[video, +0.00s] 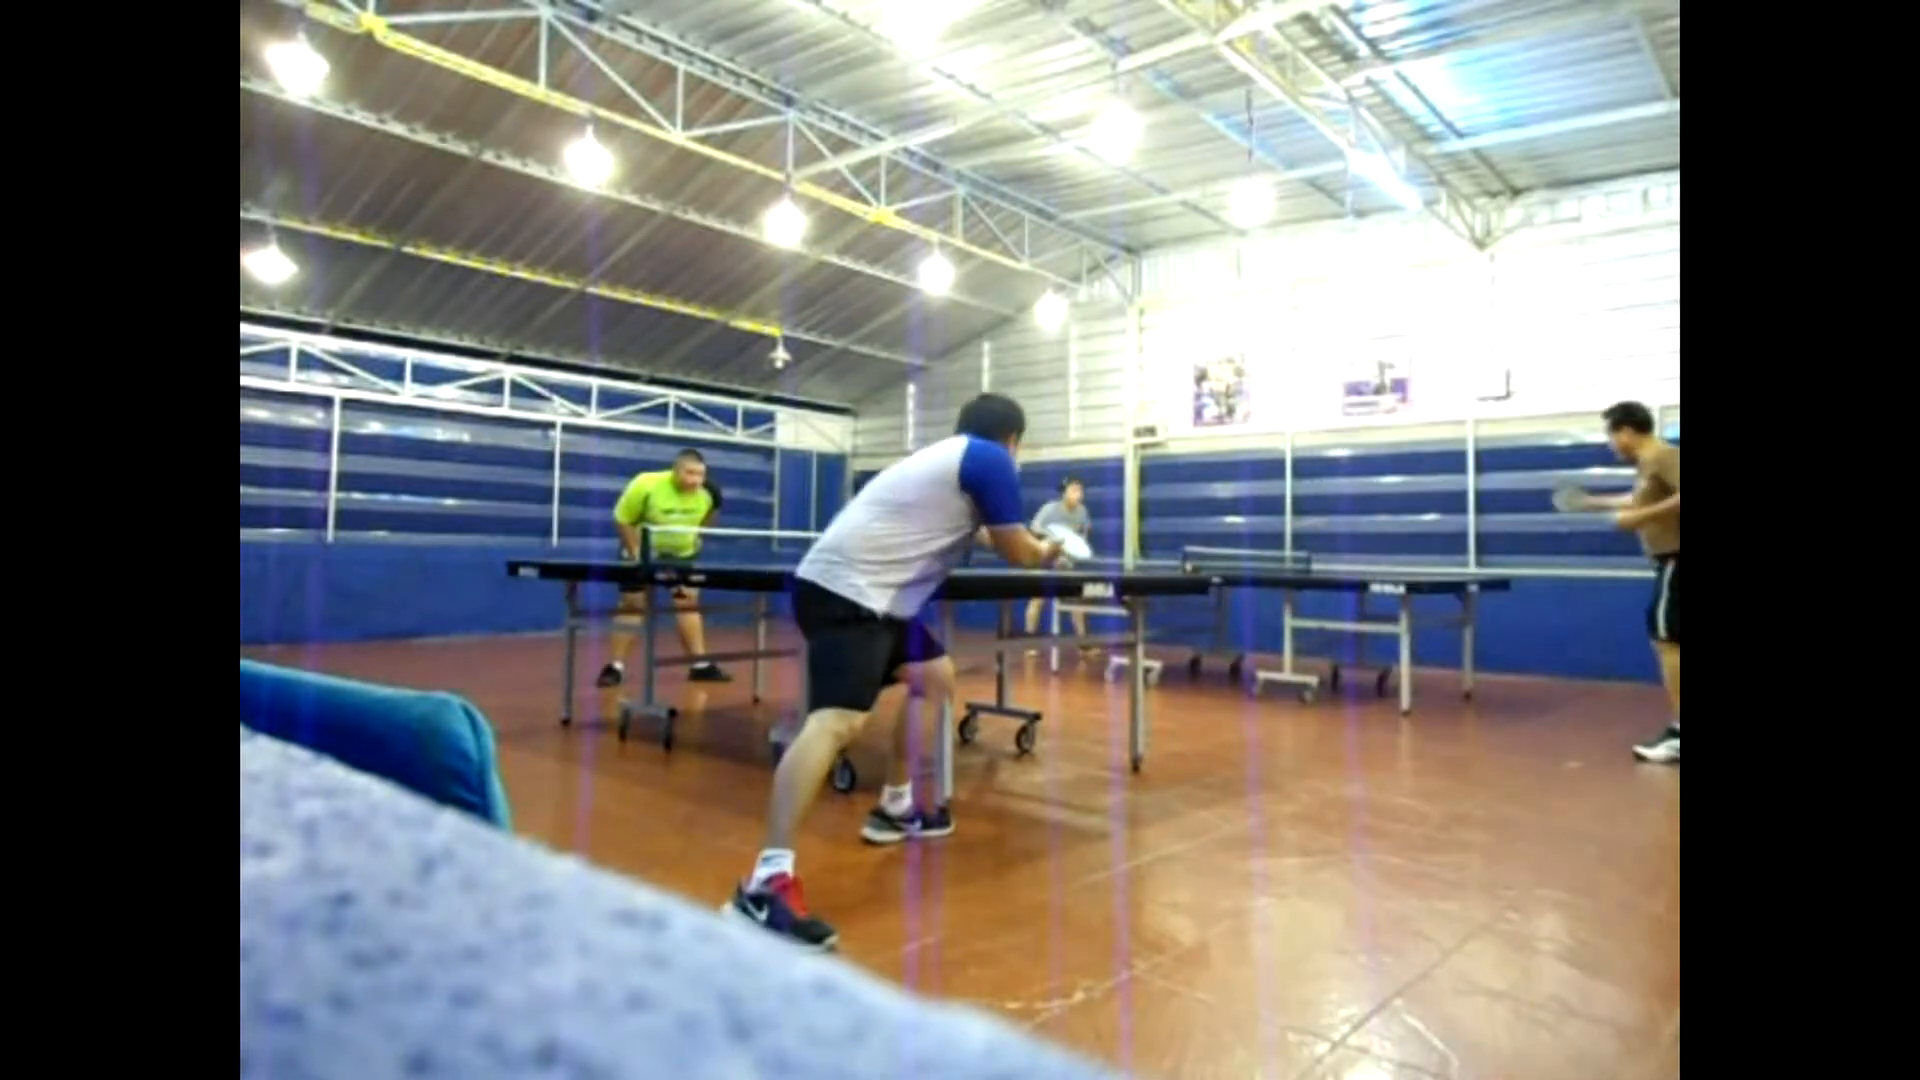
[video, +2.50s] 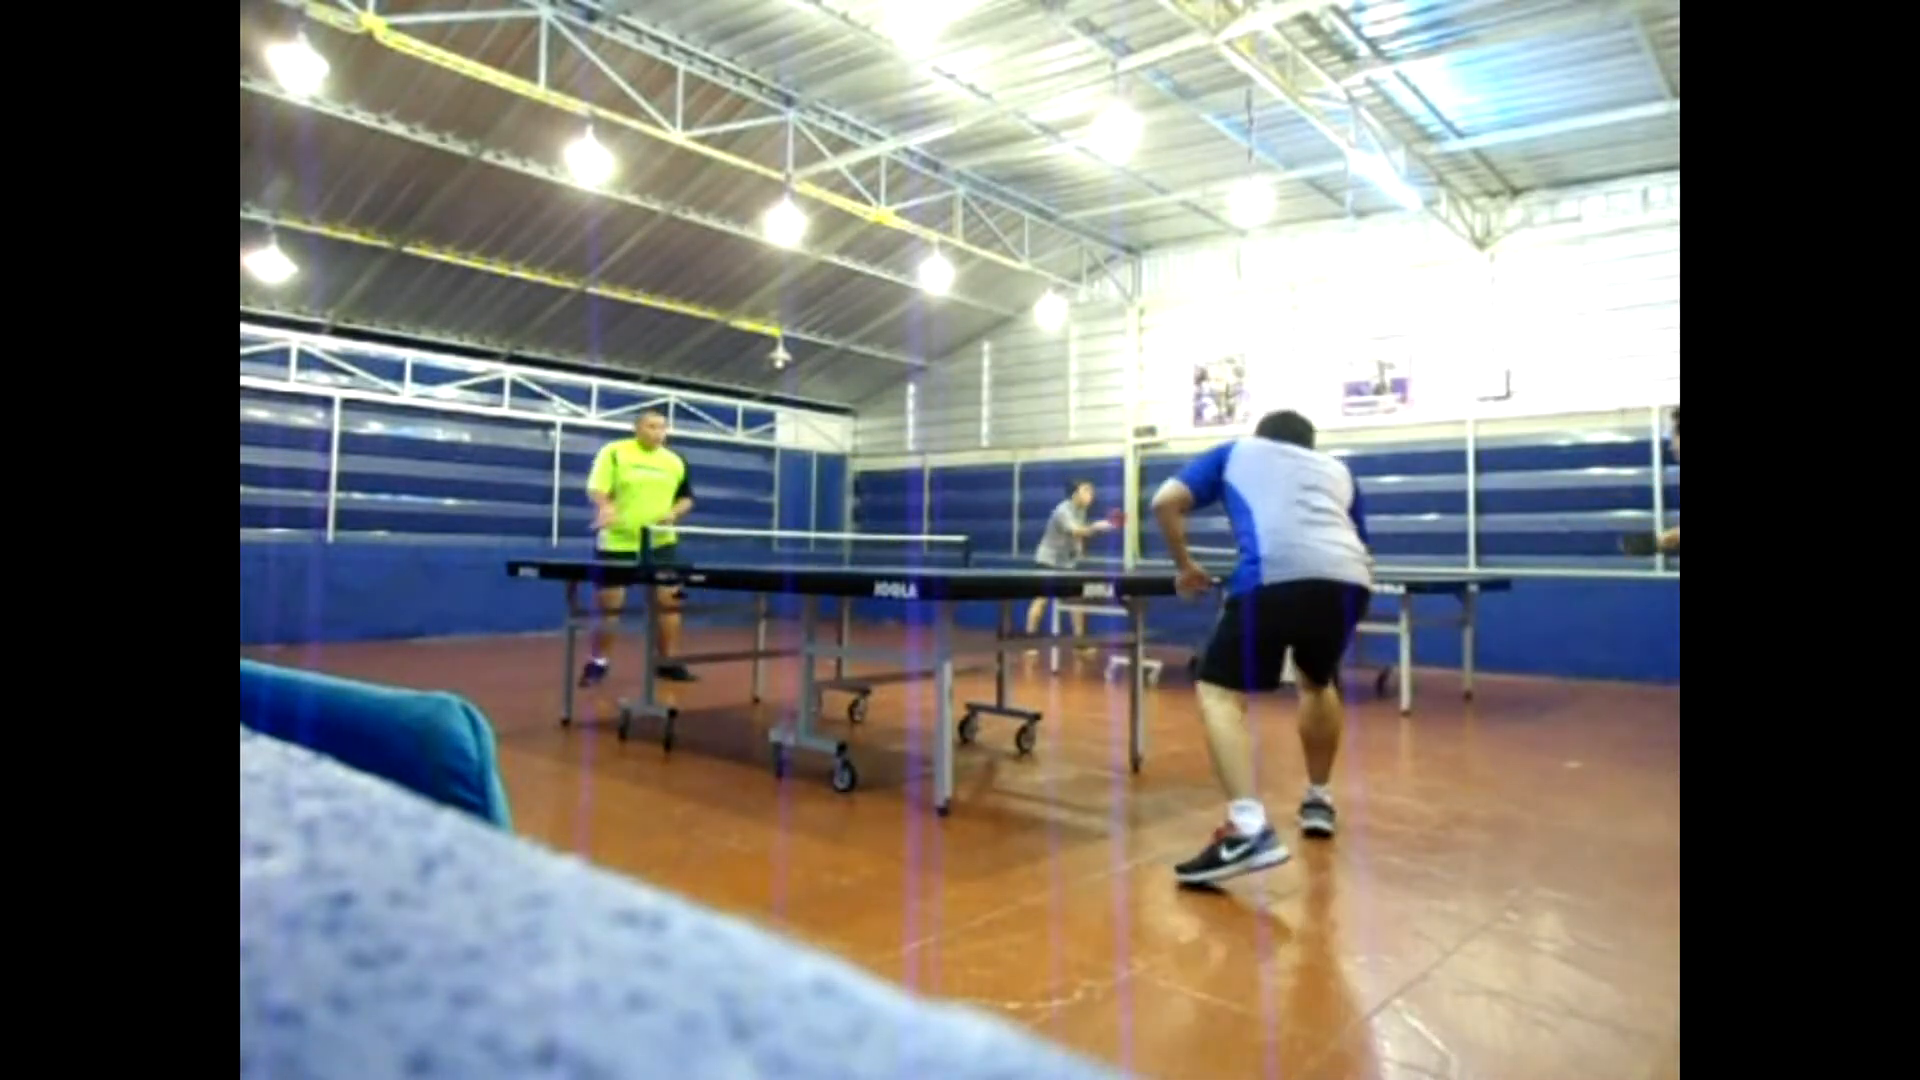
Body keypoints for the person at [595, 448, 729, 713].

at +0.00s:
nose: (694, 479)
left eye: (699, 474)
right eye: (689, 473)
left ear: (704, 475)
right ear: (676, 471)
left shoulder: (708, 495)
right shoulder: (646, 485)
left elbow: (703, 520)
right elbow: (623, 517)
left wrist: (690, 538)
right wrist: (636, 551)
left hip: (684, 554)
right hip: (646, 552)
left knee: (689, 603)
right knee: (632, 606)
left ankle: (700, 660)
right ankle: (616, 664)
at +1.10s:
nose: (699, 449)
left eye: (704, 443)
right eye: (693, 442)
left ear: (709, 446)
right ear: (681, 442)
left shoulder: (712, 475)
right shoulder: (657, 467)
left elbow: (711, 506)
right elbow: (634, 503)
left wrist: (719, 521)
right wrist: (656, 527)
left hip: (694, 553)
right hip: (657, 551)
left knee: (705, 600)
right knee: (640, 600)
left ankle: (702, 661)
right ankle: (624, 660)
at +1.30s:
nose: (707, 469)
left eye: (712, 464)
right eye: (702, 462)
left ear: (715, 466)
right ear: (688, 459)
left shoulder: (710, 490)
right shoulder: (659, 478)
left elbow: (703, 521)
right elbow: (650, 518)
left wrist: (720, 524)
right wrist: (698, 522)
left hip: (688, 553)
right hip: (653, 553)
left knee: (706, 599)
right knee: (643, 601)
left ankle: (701, 662)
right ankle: (635, 670)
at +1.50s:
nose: (712, 478)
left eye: (716, 473)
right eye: (707, 471)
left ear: (718, 473)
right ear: (691, 466)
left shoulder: (711, 499)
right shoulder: (663, 476)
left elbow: (704, 526)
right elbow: (654, 513)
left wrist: (724, 536)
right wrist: (699, 522)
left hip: (683, 556)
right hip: (648, 554)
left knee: (709, 601)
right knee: (642, 601)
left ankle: (701, 663)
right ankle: (634, 670)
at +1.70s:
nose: (716, 467)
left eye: (720, 462)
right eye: (710, 460)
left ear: (723, 466)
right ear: (696, 460)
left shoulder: (720, 499)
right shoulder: (670, 470)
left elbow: (721, 529)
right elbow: (628, 475)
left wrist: (743, 526)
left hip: (691, 563)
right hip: (652, 557)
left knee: (717, 605)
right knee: (647, 603)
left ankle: (701, 664)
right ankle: (634, 671)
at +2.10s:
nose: (699, 442)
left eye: (705, 438)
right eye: (695, 435)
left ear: (710, 444)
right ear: (682, 436)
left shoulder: (712, 478)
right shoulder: (656, 457)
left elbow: (717, 511)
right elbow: (620, 484)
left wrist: (715, 525)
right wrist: (588, 503)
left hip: (689, 545)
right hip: (647, 541)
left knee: (701, 599)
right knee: (627, 600)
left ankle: (701, 661)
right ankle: (606, 661)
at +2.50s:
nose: (656, 433)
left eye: (661, 427)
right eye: (651, 426)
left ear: (666, 430)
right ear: (637, 427)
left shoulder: (675, 462)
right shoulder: (613, 453)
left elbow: (686, 497)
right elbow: (597, 487)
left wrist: (673, 513)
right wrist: (606, 509)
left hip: (661, 540)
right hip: (619, 540)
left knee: (669, 600)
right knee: (610, 603)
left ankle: (668, 659)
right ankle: (599, 660)